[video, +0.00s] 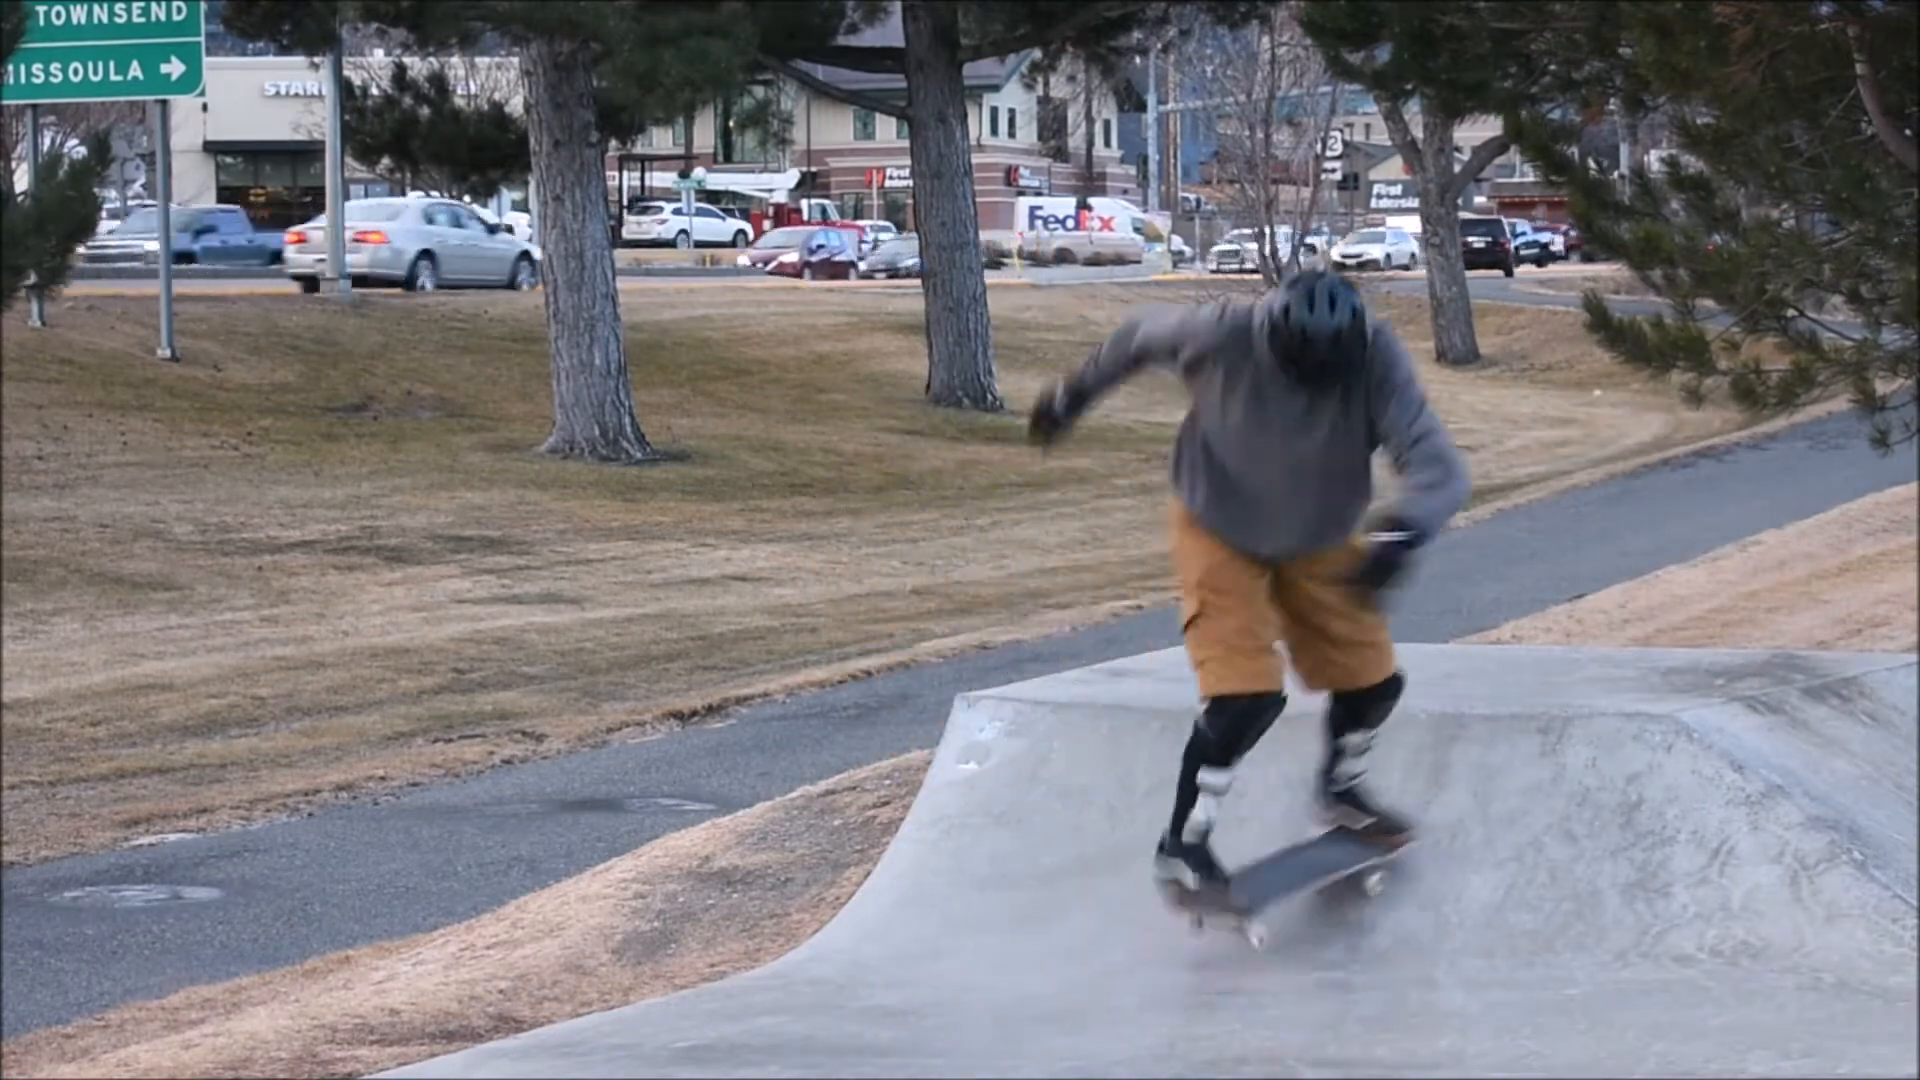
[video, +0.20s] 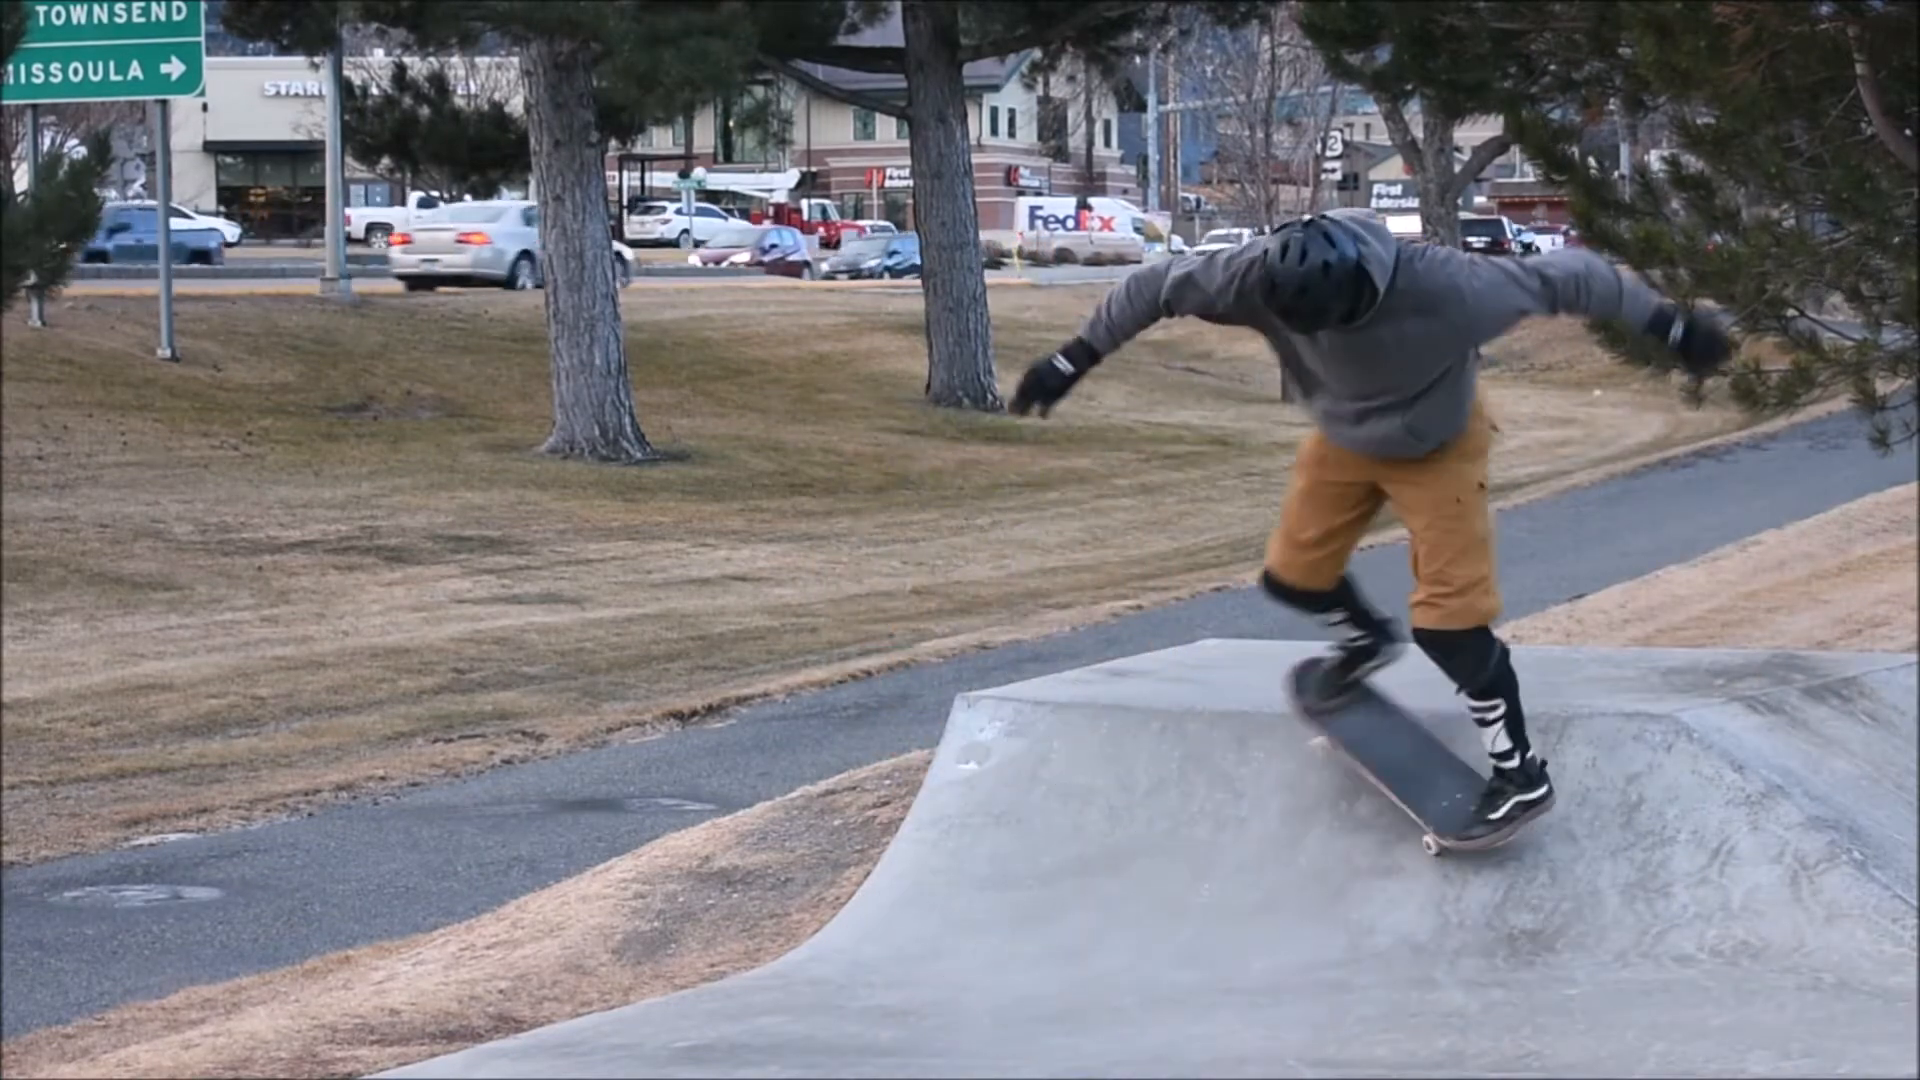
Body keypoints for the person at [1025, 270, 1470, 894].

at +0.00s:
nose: (1315, 383)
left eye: (1329, 372)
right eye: (1302, 370)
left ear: (1354, 344)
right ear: (1276, 339)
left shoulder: (1377, 357)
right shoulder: (1223, 335)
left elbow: (1440, 469)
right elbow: (1137, 337)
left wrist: (1402, 536)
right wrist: (1069, 398)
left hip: (1321, 535)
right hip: (1219, 530)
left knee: (1371, 685)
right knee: (1247, 695)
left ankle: (1340, 790)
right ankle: (1184, 845)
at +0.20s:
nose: (1310, 330)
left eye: (1322, 319)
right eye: (1295, 319)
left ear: (1359, 290)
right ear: (1280, 286)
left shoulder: (1445, 290)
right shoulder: (1258, 274)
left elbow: (1567, 277)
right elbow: (1157, 285)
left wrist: (1667, 324)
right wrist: (1074, 356)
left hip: (1439, 441)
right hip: (1339, 434)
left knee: (1450, 626)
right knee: (1291, 575)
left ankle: (1518, 767)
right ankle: (1368, 634)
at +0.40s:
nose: (1324, 325)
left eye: (1328, 315)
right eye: (1313, 314)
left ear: (1353, 288)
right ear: (1317, 275)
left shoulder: (1457, 292)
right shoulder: (1342, 268)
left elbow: (1580, 334)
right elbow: (1259, 308)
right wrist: (1181, 373)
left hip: (1534, 461)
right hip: (1459, 457)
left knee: (1458, 648)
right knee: (1383, 579)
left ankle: (1534, 799)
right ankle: (1450, 675)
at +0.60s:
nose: (1438, 272)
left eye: (1443, 256)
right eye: (1425, 263)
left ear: (1473, 223)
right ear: (1412, 248)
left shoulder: (1559, 257)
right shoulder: (1426, 285)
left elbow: (1687, 307)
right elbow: (1358, 308)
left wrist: (1682, 418)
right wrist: (1286, 348)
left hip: (1596, 483)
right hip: (1503, 492)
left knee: (1555, 675)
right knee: (1450, 651)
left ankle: (1611, 845)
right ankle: (1502, 761)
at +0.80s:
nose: (1503, 308)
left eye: (1508, 291)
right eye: (1488, 299)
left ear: (1535, 255)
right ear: (1475, 289)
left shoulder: (1629, 261)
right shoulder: (1505, 350)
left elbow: (1722, 224)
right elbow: (1461, 413)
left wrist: (1800, 213)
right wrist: (1411, 472)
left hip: (1706, 499)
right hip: (1608, 522)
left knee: (1721, 690)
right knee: (1564, 699)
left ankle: (1794, 865)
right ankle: (1570, 875)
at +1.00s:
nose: (1615, 294)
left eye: (1620, 274)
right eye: (1597, 288)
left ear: (1646, 241)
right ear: (1583, 283)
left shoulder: (1727, 242)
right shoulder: (1610, 361)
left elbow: (1806, 204)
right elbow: (1580, 463)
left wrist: (1810, 154)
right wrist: (1545, 553)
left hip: (1831, 485)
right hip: (1725, 524)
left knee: (1881, 692)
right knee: (1693, 710)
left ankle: (1919, 858)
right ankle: (1699, 876)